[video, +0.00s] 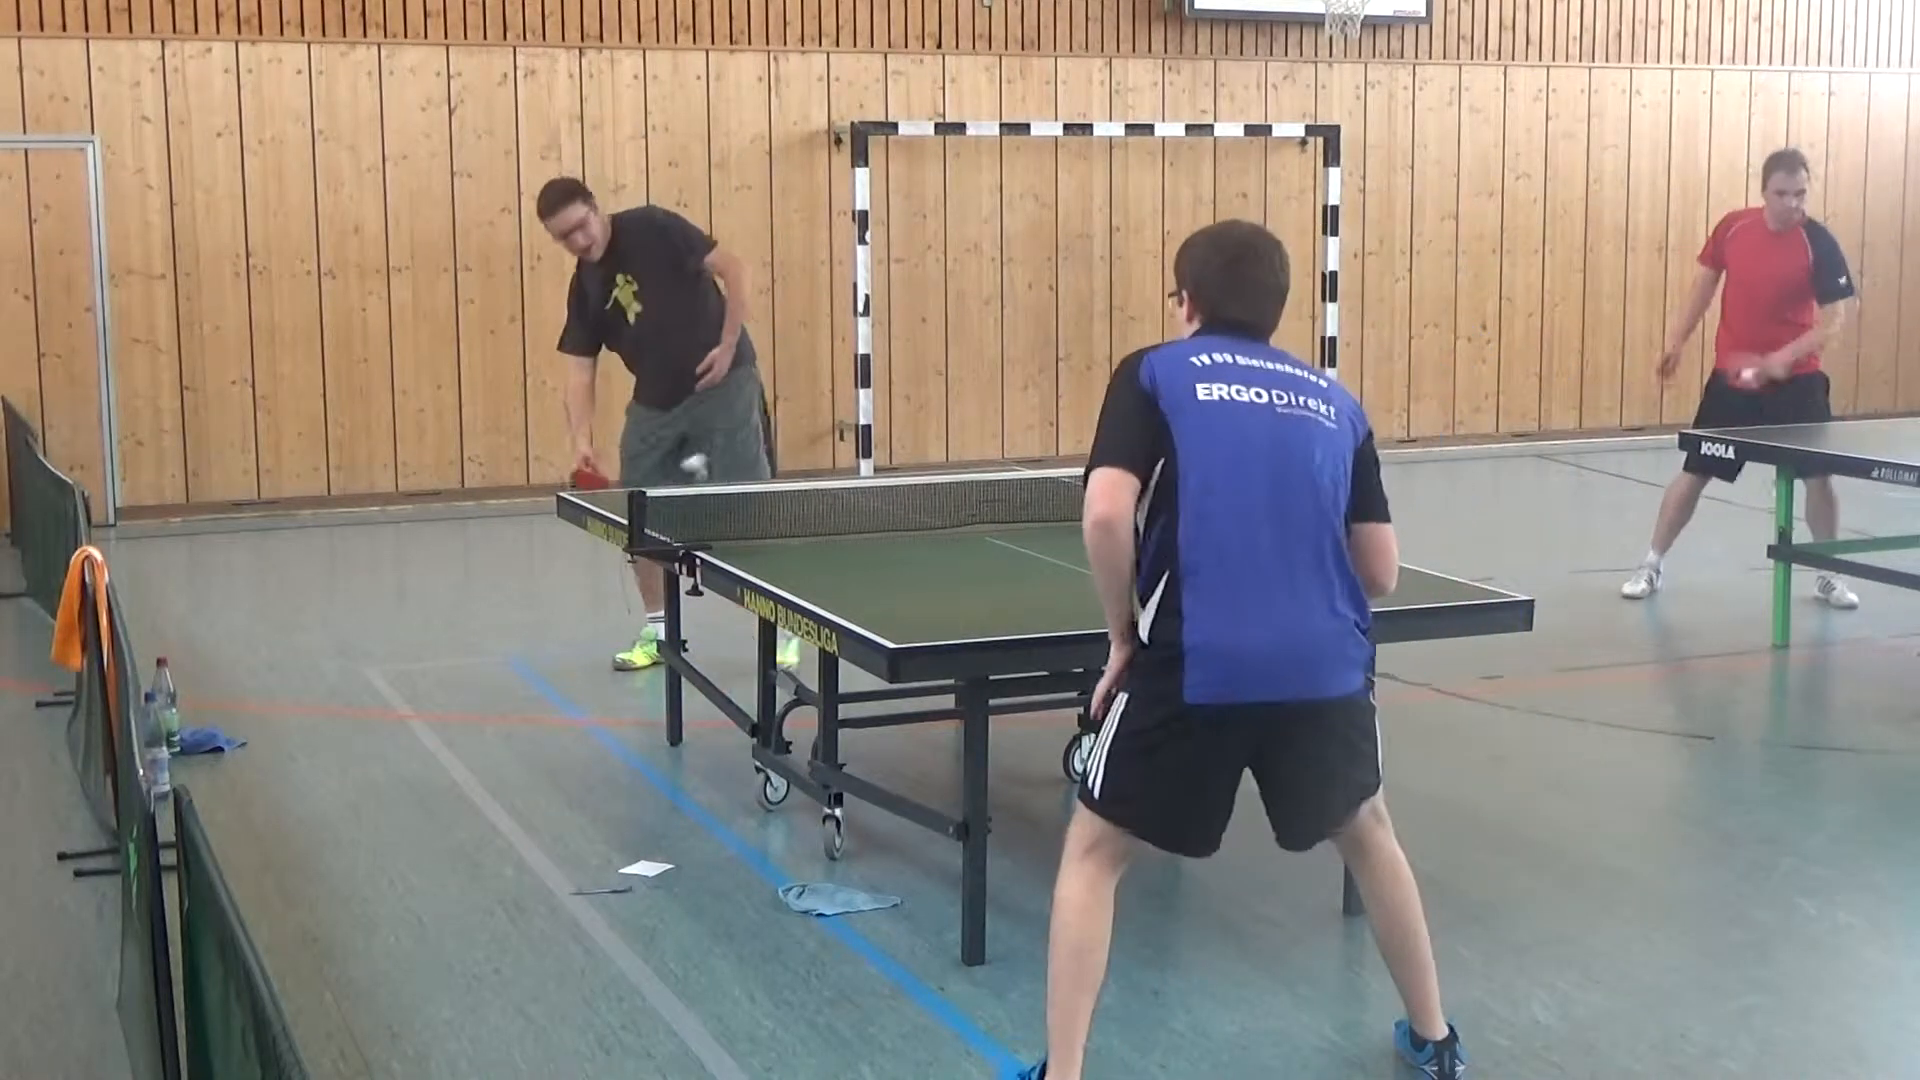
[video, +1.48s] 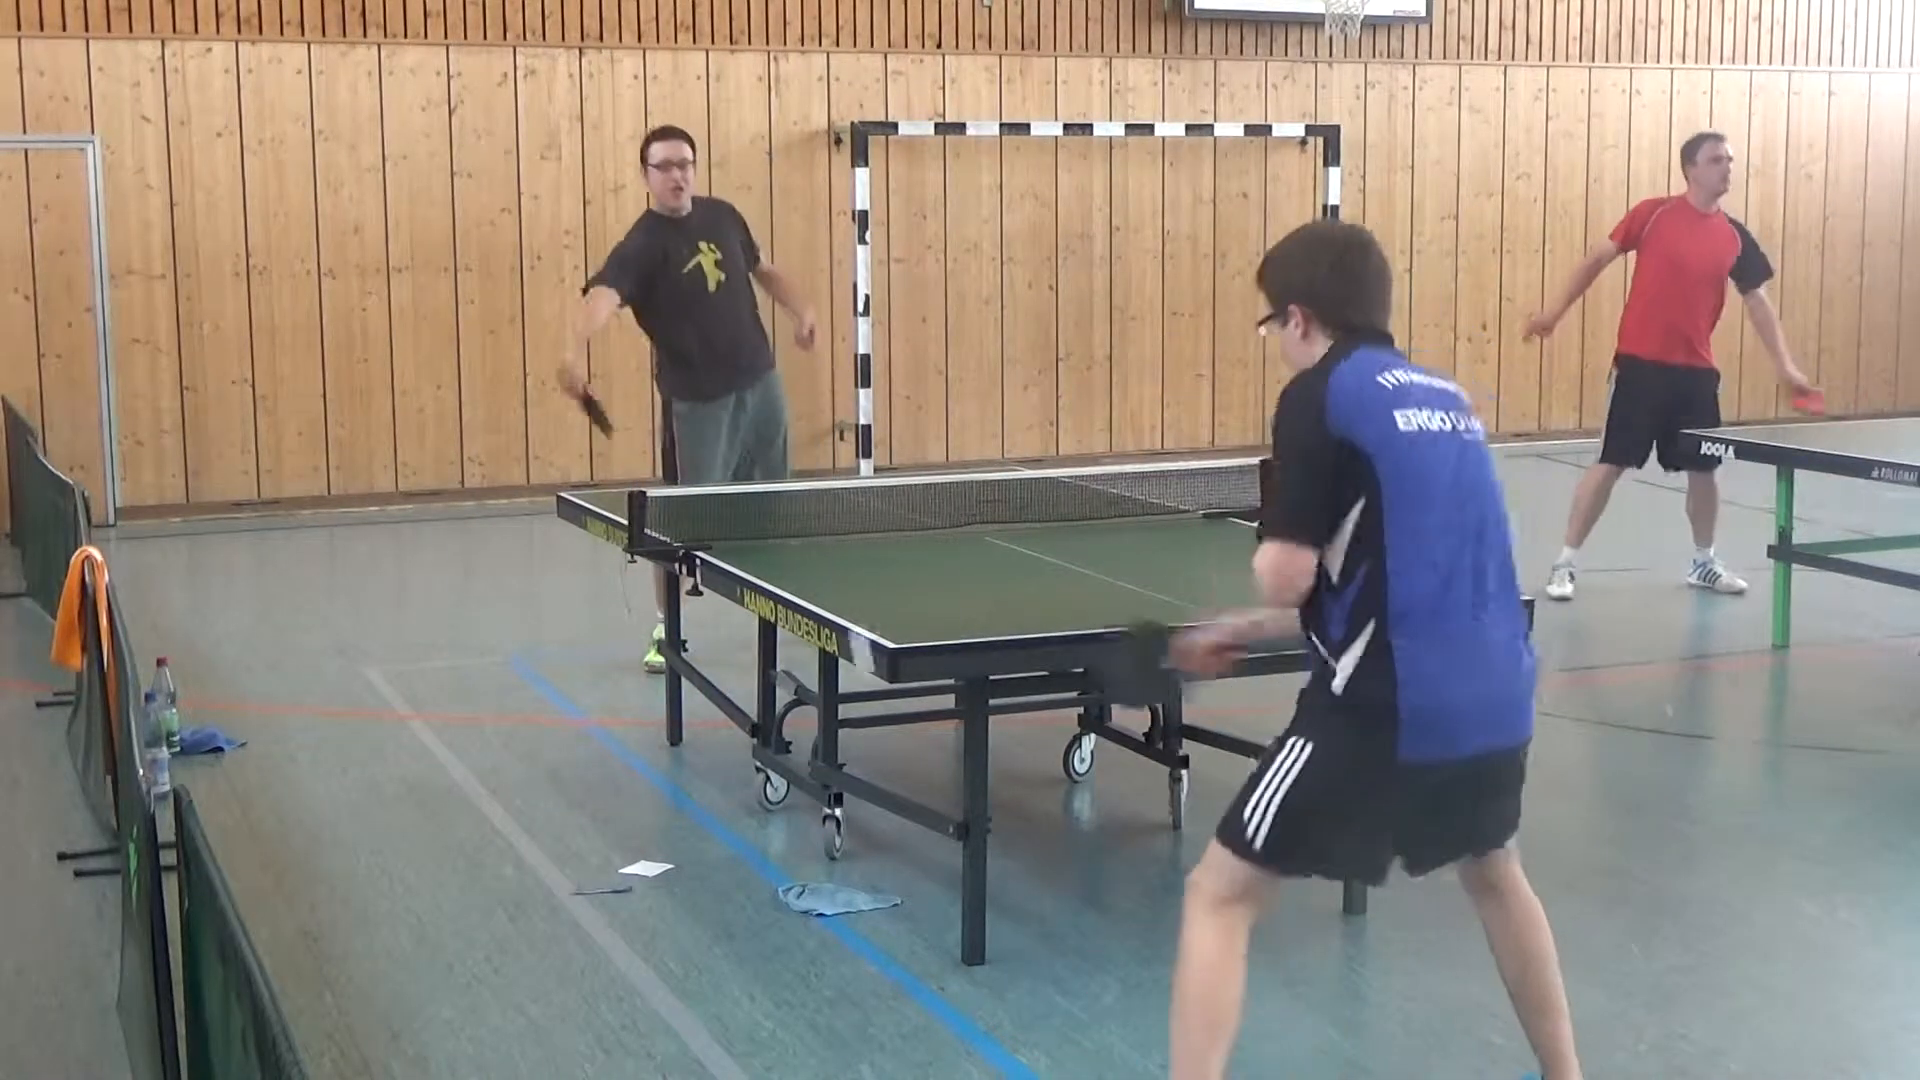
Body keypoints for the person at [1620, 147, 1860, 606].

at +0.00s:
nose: (1794, 202)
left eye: (1801, 192)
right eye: (1784, 193)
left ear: (1809, 191)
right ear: (1764, 192)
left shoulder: (1818, 241)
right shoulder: (1733, 228)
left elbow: (1833, 325)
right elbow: (1703, 289)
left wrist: (1782, 357)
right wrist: (1675, 344)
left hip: (1797, 382)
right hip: (1732, 379)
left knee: (1818, 476)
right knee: (1695, 472)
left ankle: (1827, 574)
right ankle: (1651, 565)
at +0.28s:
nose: (1820, 183)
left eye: (1824, 174)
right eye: (1809, 174)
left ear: (1828, 178)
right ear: (1783, 178)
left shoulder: (1832, 241)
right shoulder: (1742, 220)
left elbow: (1843, 321)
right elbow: (1715, 259)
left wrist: (1803, 350)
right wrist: (1689, 300)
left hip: (1797, 378)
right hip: (1732, 370)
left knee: (1816, 475)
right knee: (1690, 461)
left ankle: (1827, 573)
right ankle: (1638, 555)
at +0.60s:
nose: (1773, 188)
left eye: (1776, 180)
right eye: (1764, 179)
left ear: (1771, 185)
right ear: (1734, 183)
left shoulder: (1777, 241)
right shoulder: (1688, 227)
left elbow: (1790, 301)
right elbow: (1633, 268)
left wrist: (1771, 335)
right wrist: (1599, 323)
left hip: (1750, 380)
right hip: (1689, 380)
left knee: (1783, 474)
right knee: (1659, 473)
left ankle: (1817, 570)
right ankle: (1610, 567)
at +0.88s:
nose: (1743, 187)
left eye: (1745, 180)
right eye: (1733, 180)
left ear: (1745, 183)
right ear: (1704, 183)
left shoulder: (1748, 240)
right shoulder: (1667, 231)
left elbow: (1754, 311)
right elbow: (1602, 276)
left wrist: (1742, 353)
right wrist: (1555, 328)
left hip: (1723, 383)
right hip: (1666, 381)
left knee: (1745, 471)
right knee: (1629, 477)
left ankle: (1728, 563)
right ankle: (1557, 560)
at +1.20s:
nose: (1748, 193)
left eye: (1749, 186)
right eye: (1741, 184)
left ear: (1735, 192)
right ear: (1711, 185)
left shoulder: (1735, 255)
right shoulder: (1672, 218)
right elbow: (1608, 259)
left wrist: (1845, 353)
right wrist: (1562, 315)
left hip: (1686, 374)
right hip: (1634, 365)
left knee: (1709, 463)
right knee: (1602, 465)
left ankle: (1704, 563)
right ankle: (1528, 562)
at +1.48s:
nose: (1729, 167)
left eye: (1730, 160)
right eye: (1718, 160)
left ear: (1729, 169)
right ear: (1691, 169)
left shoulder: (1733, 236)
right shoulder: (1652, 214)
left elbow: (1758, 304)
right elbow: (1595, 262)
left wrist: (1787, 366)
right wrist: (1553, 314)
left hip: (1695, 371)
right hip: (1640, 365)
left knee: (1704, 467)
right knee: (1613, 462)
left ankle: (1704, 563)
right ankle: (1565, 563)